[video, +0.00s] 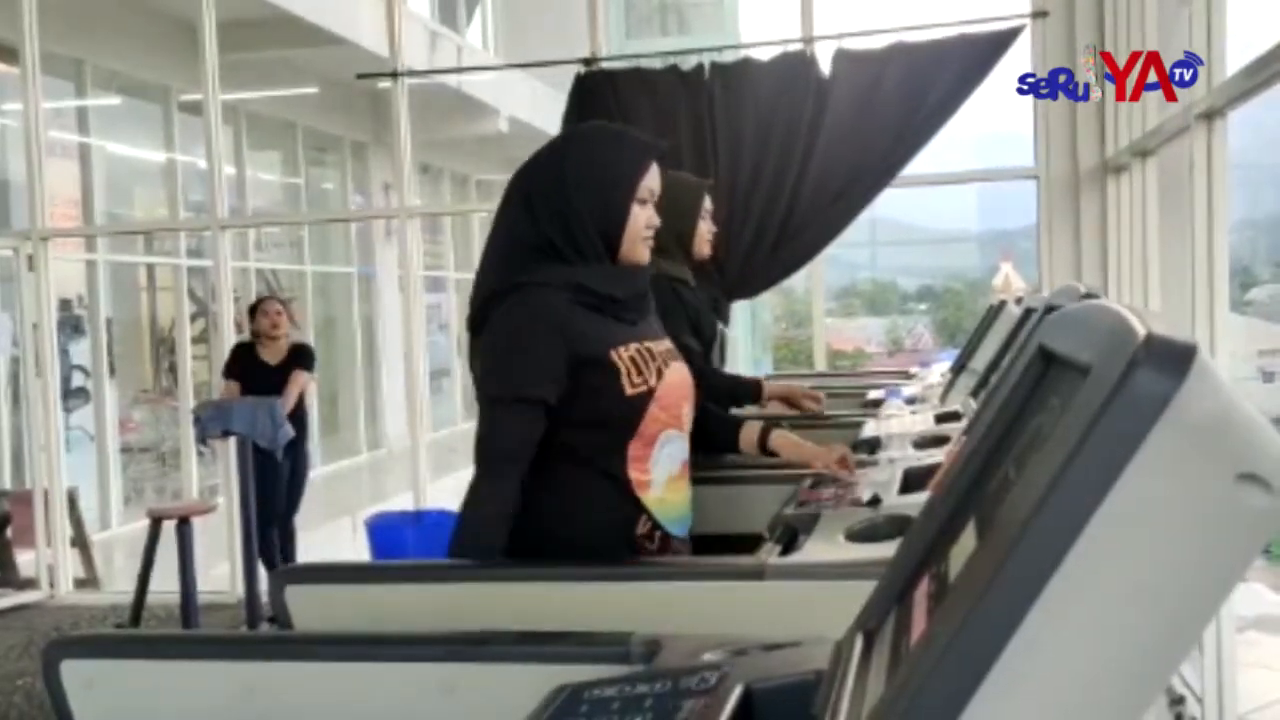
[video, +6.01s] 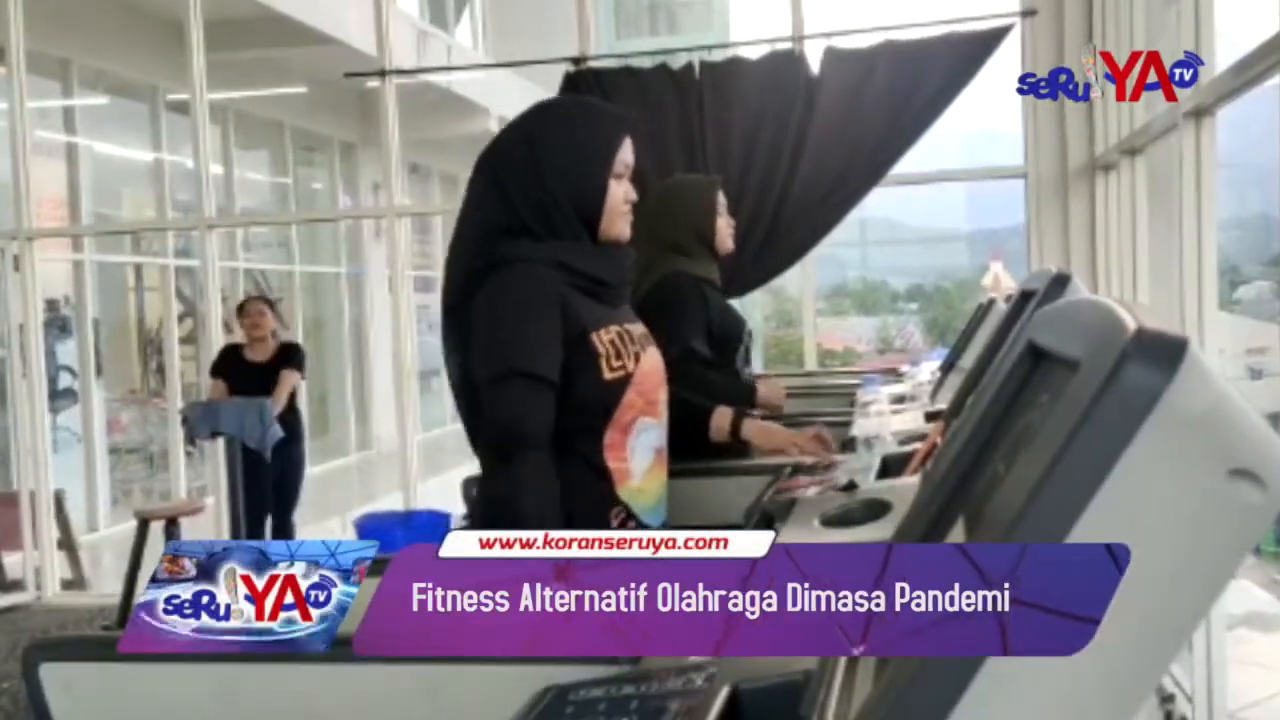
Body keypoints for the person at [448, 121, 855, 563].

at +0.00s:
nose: (655, 220)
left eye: (655, 204)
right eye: (642, 203)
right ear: (589, 202)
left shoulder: (628, 303)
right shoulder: (536, 314)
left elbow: (669, 415)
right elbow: (498, 475)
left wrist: (778, 442)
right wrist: (460, 594)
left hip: (648, 564)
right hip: (571, 580)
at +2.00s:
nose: (635, 207)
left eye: (632, 189)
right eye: (621, 188)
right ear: (571, 188)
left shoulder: (598, 289)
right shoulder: (519, 300)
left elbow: (623, 413)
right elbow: (501, 461)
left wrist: (738, 434)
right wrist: (478, 589)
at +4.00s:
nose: (623, 200)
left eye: (619, 185)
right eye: (607, 185)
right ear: (560, 190)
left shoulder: (585, 288)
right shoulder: (515, 298)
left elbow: (597, 429)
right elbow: (508, 464)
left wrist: (695, 448)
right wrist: (530, 596)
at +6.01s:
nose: (632, 193)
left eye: (630, 177)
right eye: (617, 177)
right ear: (567, 179)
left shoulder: (593, 279)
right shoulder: (524, 291)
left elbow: (631, 405)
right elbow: (518, 456)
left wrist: (750, 430)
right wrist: (537, 573)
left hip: (624, 528)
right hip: (571, 544)